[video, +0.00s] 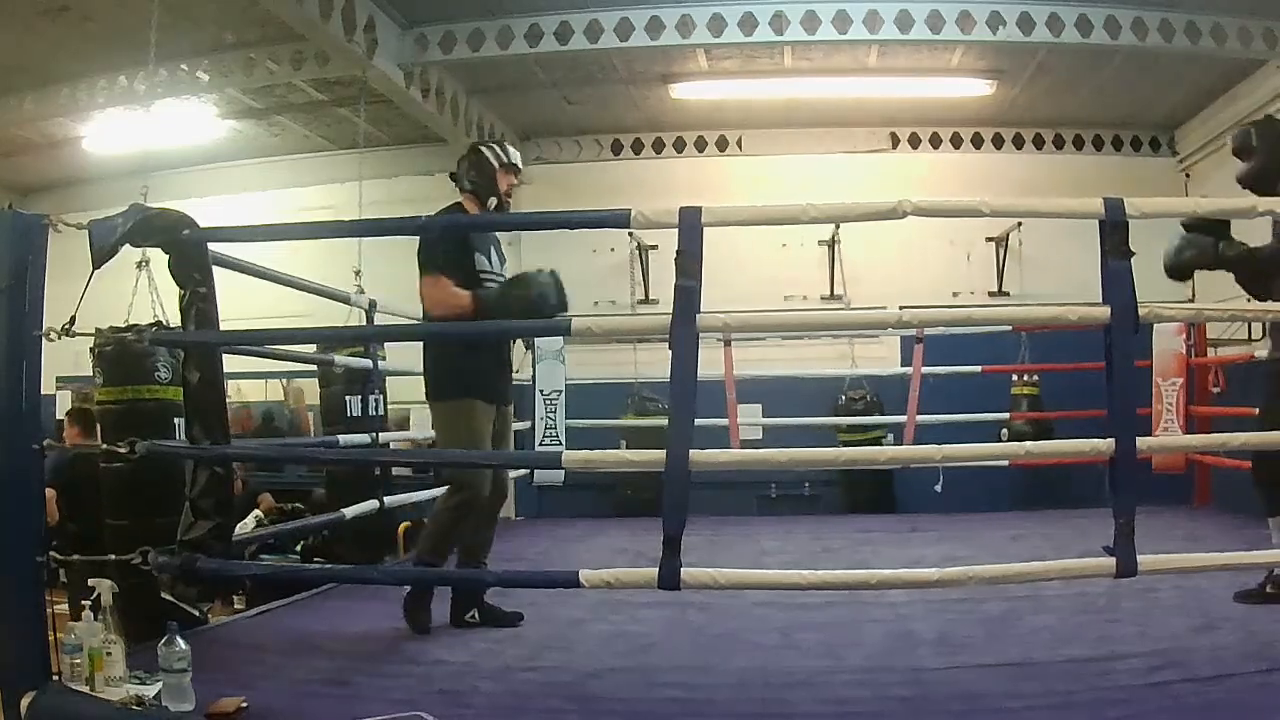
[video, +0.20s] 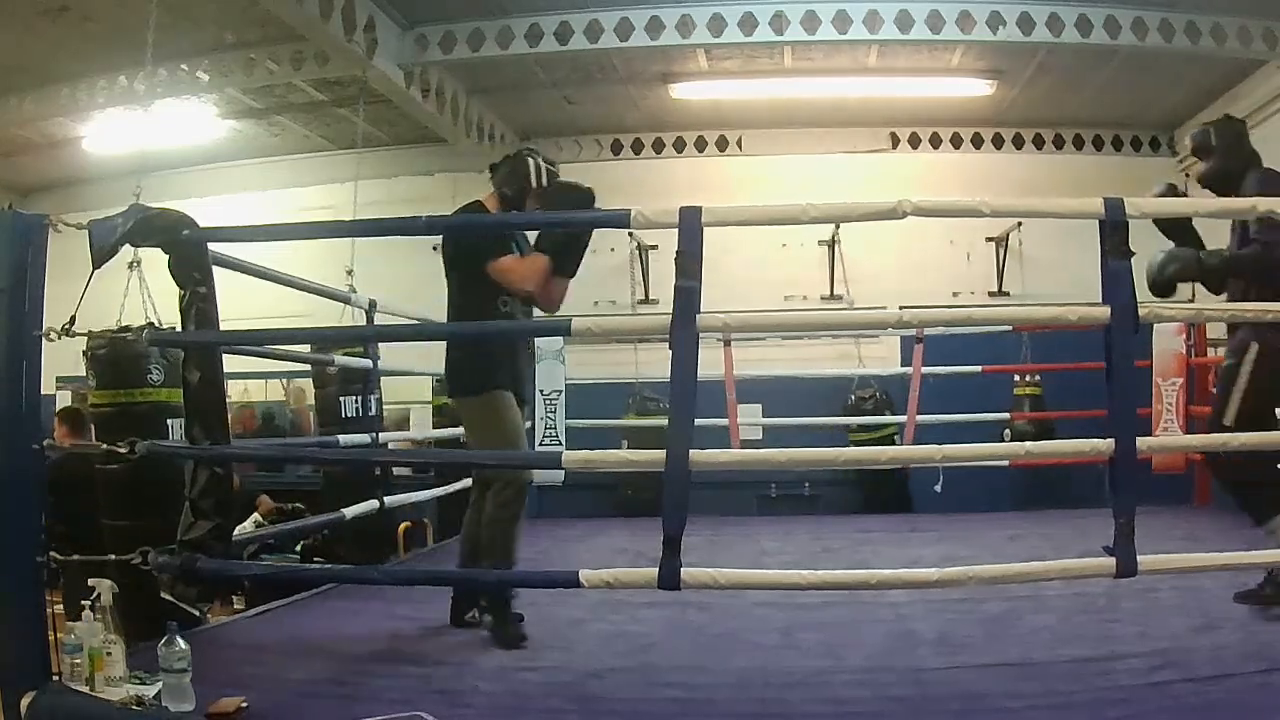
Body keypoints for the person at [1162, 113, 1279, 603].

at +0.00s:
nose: (1238, 171)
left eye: (1243, 157)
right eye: (1236, 159)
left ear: (1270, 152)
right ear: (1267, 156)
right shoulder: (1275, 213)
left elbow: (1271, 279)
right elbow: (1270, 283)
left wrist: (1227, 251)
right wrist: (1231, 248)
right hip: (1276, 358)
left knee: (1269, 459)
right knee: (1267, 457)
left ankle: (1279, 569)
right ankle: (1279, 569)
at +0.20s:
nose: (1193, 171)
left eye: (1197, 158)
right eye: (1191, 161)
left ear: (1224, 152)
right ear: (1226, 155)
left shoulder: (1263, 187)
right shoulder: (1246, 197)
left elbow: (1269, 256)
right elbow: (1224, 274)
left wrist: (1202, 264)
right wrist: (1181, 229)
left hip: (1265, 330)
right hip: (1253, 329)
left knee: (1225, 439)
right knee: (1251, 443)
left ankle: (1279, 561)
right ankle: (1278, 566)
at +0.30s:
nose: (1178, 169)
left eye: (1183, 156)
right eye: (1175, 159)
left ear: (1211, 148)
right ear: (1209, 152)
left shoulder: (1245, 190)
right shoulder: (1229, 195)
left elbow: (1237, 254)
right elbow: (1198, 275)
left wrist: (1170, 237)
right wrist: (1161, 234)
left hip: (1238, 336)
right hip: (1241, 336)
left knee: (1189, 444)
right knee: (1256, 450)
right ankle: (1279, 567)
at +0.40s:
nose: (1155, 172)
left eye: (1161, 159)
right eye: (1152, 162)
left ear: (1190, 151)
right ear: (1171, 159)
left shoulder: (1228, 195)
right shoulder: (1191, 204)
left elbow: (1197, 259)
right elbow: (1167, 276)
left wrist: (1141, 218)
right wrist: (1123, 220)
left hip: (1218, 347)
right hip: (1213, 344)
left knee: (1174, 464)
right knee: (1255, 460)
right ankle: (1278, 570)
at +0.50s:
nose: (1132, 180)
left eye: (1137, 169)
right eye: (1130, 172)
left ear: (1161, 163)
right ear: (1161, 163)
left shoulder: (1198, 207)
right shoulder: (1174, 208)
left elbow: (1147, 258)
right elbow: (1134, 272)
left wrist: (1089, 218)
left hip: (1188, 353)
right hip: (1196, 350)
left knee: (1137, 462)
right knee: (1234, 458)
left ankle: (1078, 584)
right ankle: (1279, 562)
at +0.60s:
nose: (1088, 179)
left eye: (1093, 168)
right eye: (1086, 170)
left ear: (1120, 164)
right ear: (1121, 163)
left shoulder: (1159, 206)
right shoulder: (1120, 208)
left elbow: (1118, 280)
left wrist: (1072, 241)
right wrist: (1026, 225)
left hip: (1153, 356)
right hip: (1162, 354)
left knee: (1098, 459)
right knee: (1196, 459)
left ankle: (1068, 587)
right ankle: (1268, 554)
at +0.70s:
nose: (1055, 180)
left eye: (1060, 168)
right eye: (1053, 170)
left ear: (1083, 162)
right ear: (1093, 160)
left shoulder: (1117, 204)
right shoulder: (1111, 205)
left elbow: (1088, 272)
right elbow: (1066, 272)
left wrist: (1013, 253)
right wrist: (1034, 225)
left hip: (1118, 341)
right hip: (1135, 338)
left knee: (1071, 451)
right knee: (1135, 448)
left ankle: (1065, 588)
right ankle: (1227, 534)